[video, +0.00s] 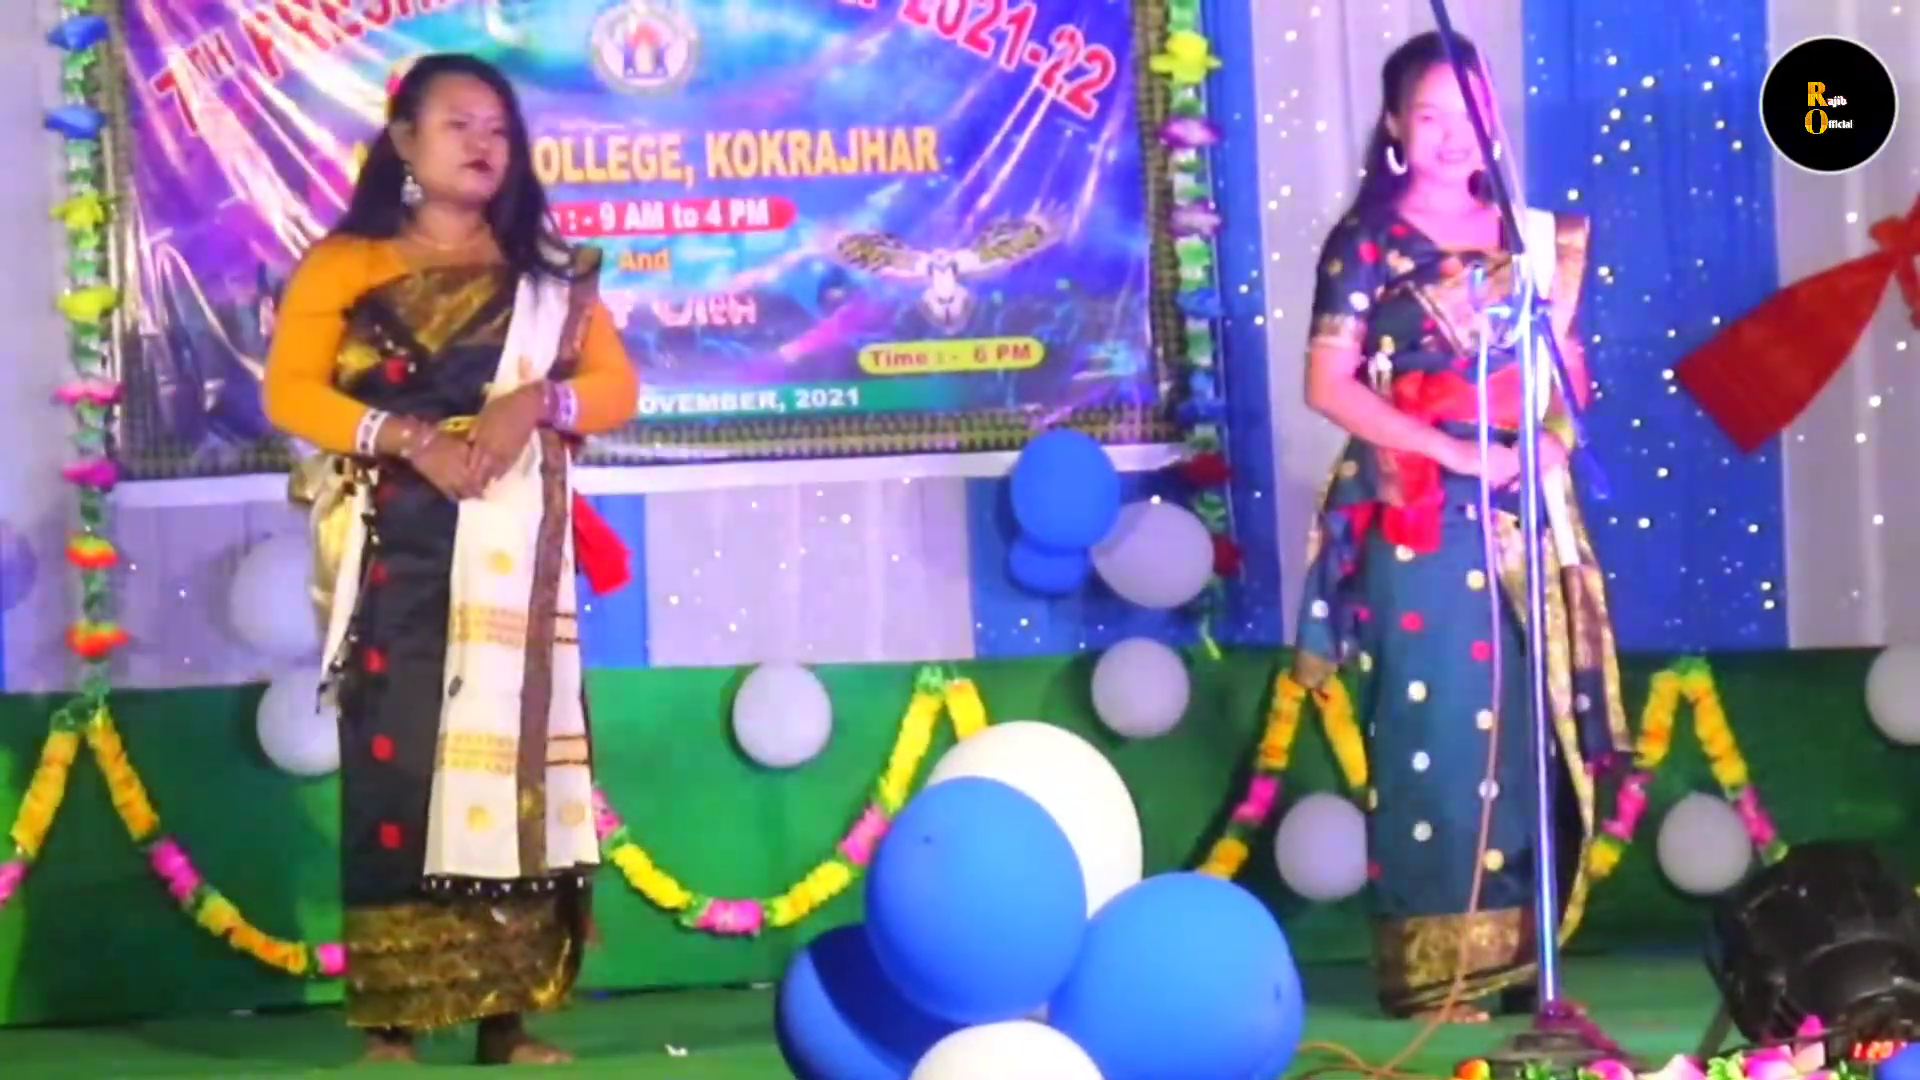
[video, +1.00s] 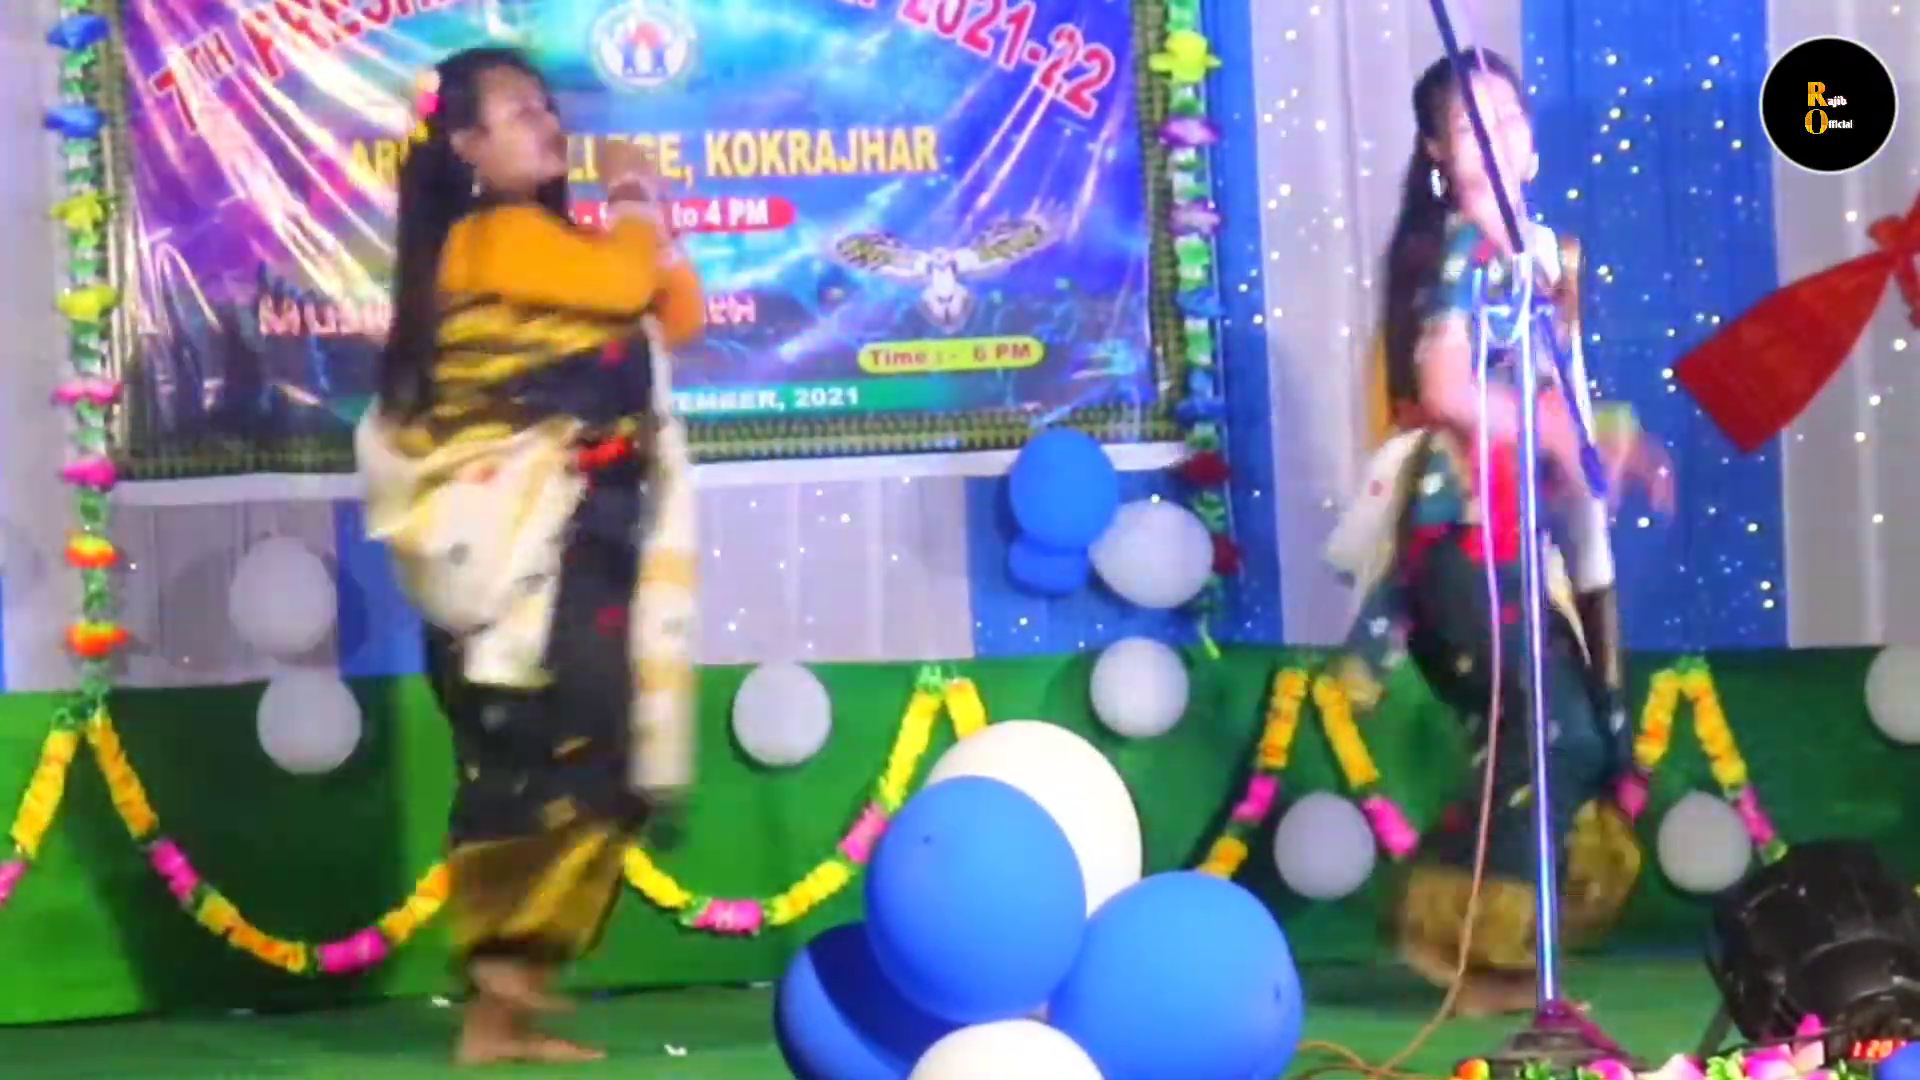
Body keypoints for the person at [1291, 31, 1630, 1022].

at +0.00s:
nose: (1452, 134)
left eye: (1467, 116)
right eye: (1432, 116)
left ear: (1490, 124)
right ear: (1398, 126)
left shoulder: (1525, 234)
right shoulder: (1366, 242)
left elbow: (1560, 391)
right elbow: (1328, 385)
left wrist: (1561, 308)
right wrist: (1457, 451)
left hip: (1529, 515)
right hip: (1426, 520)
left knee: (1538, 729)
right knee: (1440, 730)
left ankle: (1530, 967)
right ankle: (1438, 968)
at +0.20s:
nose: (1453, 134)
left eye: (1468, 117)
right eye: (1433, 117)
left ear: (1490, 123)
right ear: (1397, 126)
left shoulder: (1527, 234)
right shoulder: (1366, 241)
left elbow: (1569, 394)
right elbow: (1327, 383)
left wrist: (1562, 313)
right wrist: (1450, 450)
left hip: (1530, 513)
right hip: (1425, 518)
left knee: (1539, 727)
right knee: (1441, 731)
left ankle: (1528, 964)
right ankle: (1433, 967)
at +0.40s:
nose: (1456, 130)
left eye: (1471, 113)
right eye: (1436, 113)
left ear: (1491, 120)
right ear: (1398, 122)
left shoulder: (1525, 234)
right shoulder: (1364, 240)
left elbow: (1569, 393)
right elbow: (1326, 383)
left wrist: (1561, 316)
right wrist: (1453, 451)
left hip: (1527, 513)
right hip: (1423, 517)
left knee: (1537, 728)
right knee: (1441, 730)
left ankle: (1527, 964)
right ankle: (1434, 965)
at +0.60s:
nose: (1455, 122)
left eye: (1470, 104)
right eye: (1436, 105)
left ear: (1491, 113)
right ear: (1399, 117)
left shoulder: (1520, 227)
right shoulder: (1372, 230)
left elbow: (1570, 375)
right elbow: (1334, 356)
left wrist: (1559, 329)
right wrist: (1465, 406)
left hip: (1524, 509)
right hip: (1422, 512)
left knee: (1527, 725)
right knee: (1440, 724)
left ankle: (1523, 960)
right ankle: (1434, 962)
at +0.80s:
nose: (1466, 131)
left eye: (1481, 111)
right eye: (1446, 112)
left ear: (1504, 119)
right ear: (1413, 125)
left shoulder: (1520, 234)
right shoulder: (1401, 235)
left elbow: (1548, 372)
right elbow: (1367, 385)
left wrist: (1550, 434)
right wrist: (1478, 459)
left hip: (1516, 512)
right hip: (1432, 515)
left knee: (1520, 727)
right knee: (1438, 729)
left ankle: (1512, 955)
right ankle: (1428, 963)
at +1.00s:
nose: (1503, 139)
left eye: (1510, 119)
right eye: (1478, 125)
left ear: (1530, 129)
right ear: (1441, 145)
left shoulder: (1525, 248)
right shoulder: (1448, 244)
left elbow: (1536, 390)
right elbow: (1441, 391)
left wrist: (1609, 446)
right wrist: (1549, 435)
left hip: (1513, 529)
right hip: (1460, 531)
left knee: (1563, 727)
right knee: (1554, 727)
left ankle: (1451, 907)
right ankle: (1477, 929)